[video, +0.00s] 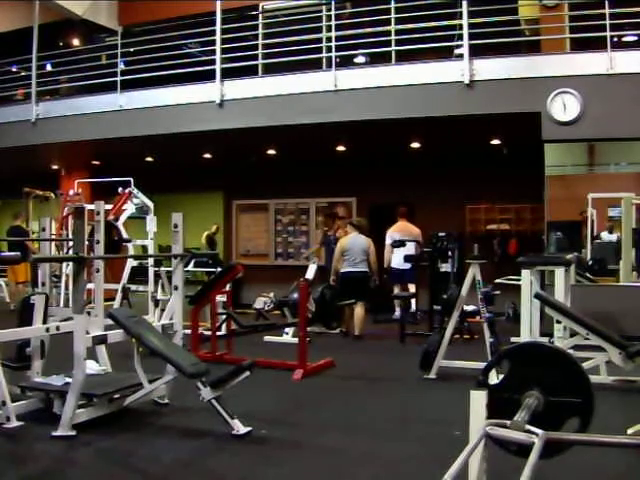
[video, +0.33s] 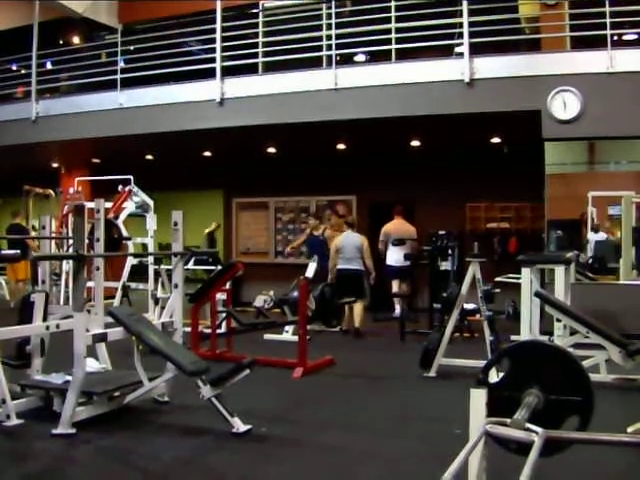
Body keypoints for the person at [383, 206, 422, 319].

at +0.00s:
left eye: (399, 216)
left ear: (397, 216)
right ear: (408, 216)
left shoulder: (391, 231)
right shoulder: (416, 231)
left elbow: (388, 249)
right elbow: (419, 247)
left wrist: (386, 264)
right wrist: (416, 258)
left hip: (396, 263)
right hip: (410, 262)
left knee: (396, 285)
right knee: (412, 284)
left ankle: (397, 310)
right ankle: (413, 308)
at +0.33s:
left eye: (395, 214)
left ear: (393, 215)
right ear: (403, 215)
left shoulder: (387, 227)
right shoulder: (411, 228)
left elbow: (381, 245)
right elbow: (414, 245)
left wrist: (387, 253)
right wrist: (410, 253)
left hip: (392, 260)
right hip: (406, 260)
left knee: (395, 283)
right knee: (405, 282)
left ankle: (397, 308)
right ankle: (403, 305)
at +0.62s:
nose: (396, 221)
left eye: (395, 219)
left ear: (393, 219)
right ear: (402, 219)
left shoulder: (385, 230)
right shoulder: (408, 233)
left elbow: (379, 246)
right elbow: (412, 250)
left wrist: (387, 251)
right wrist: (403, 251)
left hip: (389, 260)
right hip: (401, 262)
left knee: (391, 284)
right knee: (400, 284)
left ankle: (395, 304)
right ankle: (394, 305)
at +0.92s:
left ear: (392, 222)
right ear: (402, 224)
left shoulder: (384, 231)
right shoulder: (406, 234)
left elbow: (377, 245)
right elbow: (409, 249)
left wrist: (386, 249)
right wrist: (401, 250)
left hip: (386, 259)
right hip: (399, 261)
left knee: (384, 281)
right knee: (395, 283)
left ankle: (390, 303)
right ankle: (394, 303)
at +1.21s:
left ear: (387, 229)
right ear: (398, 230)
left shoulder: (383, 237)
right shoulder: (402, 238)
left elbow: (377, 251)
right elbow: (407, 251)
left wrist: (378, 260)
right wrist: (409, 242)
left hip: (385, 259)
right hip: (398, 262)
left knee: (383, 283)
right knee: (395, 284)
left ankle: (383, 307)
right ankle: (392, 307)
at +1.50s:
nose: (391, 235)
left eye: (390, 233)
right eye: (392, 233)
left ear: (387, 234)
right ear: (397, 233)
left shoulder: (384, 243)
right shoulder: (402, 244)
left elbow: (381, 254)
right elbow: (407, 255)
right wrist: (407, 263)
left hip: (385, 264)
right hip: (397, 266)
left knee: (383, 290)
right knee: (394, 285)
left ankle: (383, 308)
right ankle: (392, 307)